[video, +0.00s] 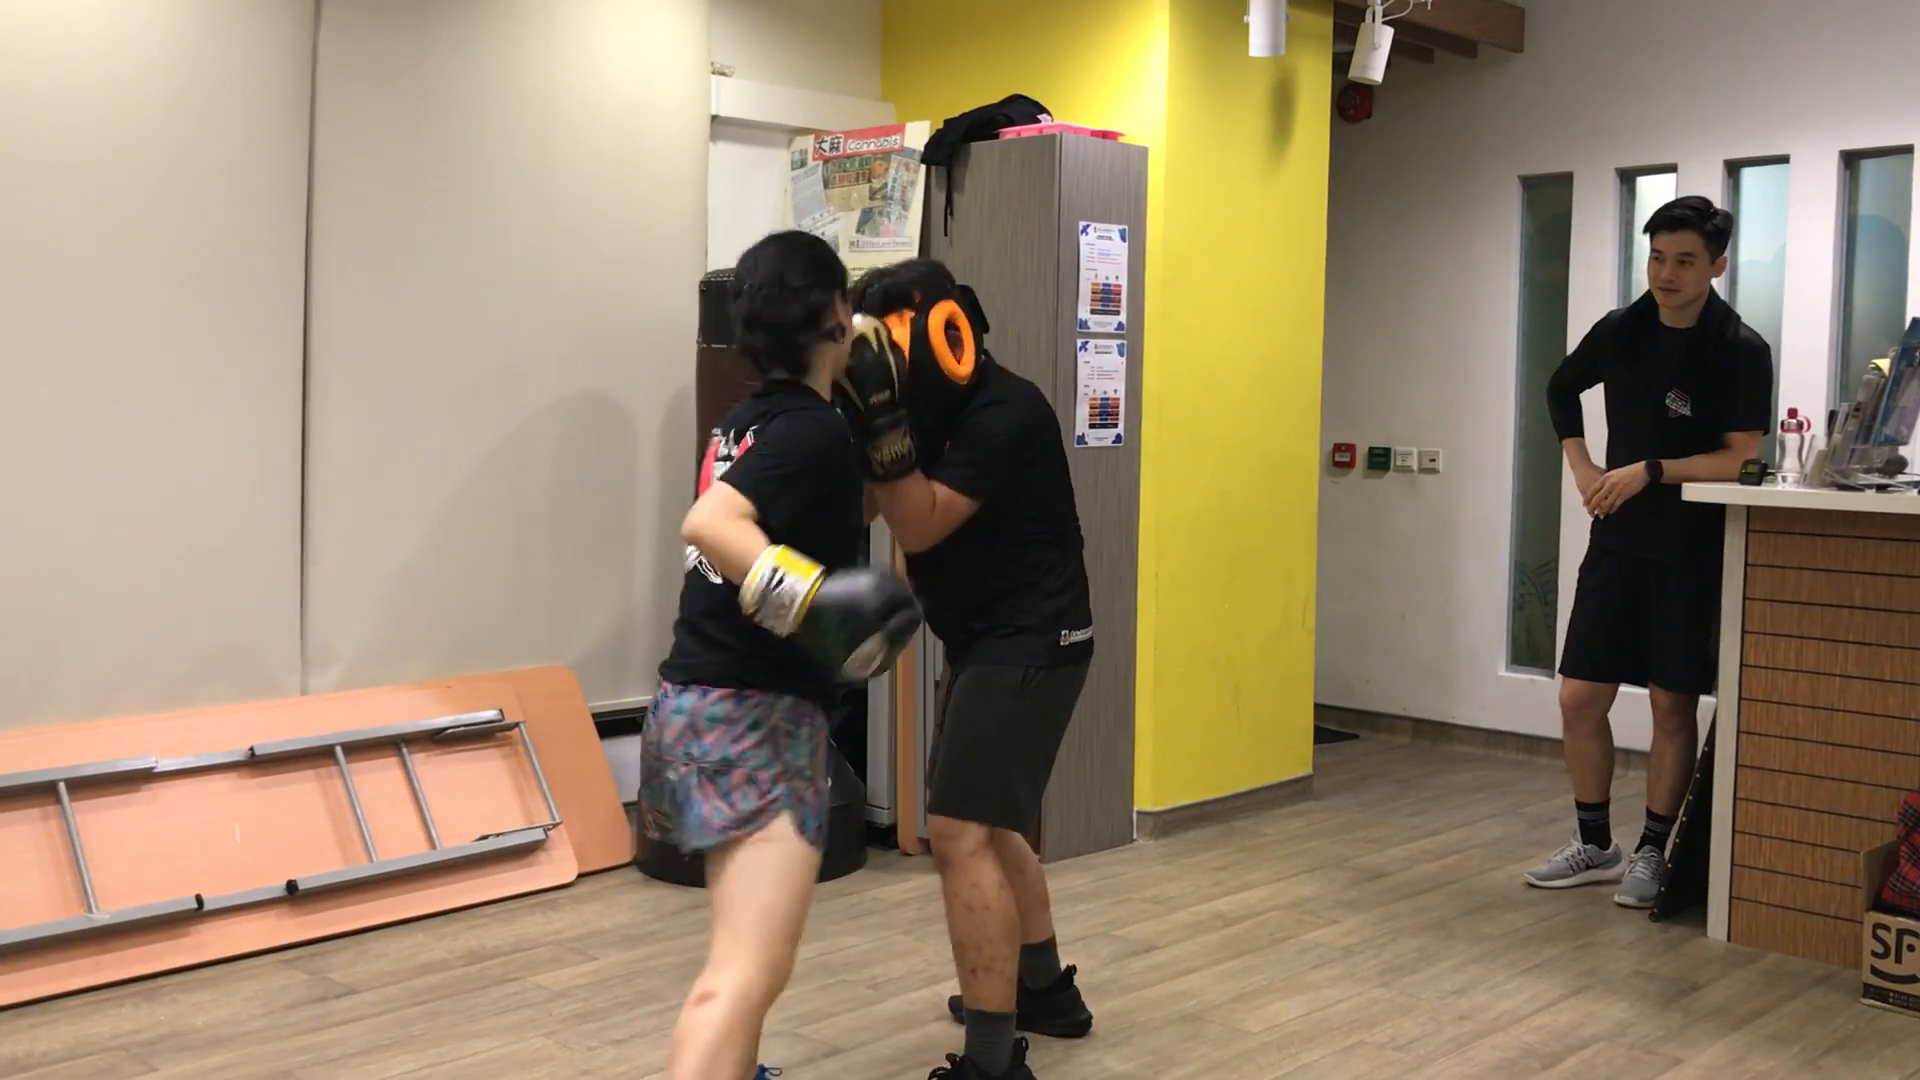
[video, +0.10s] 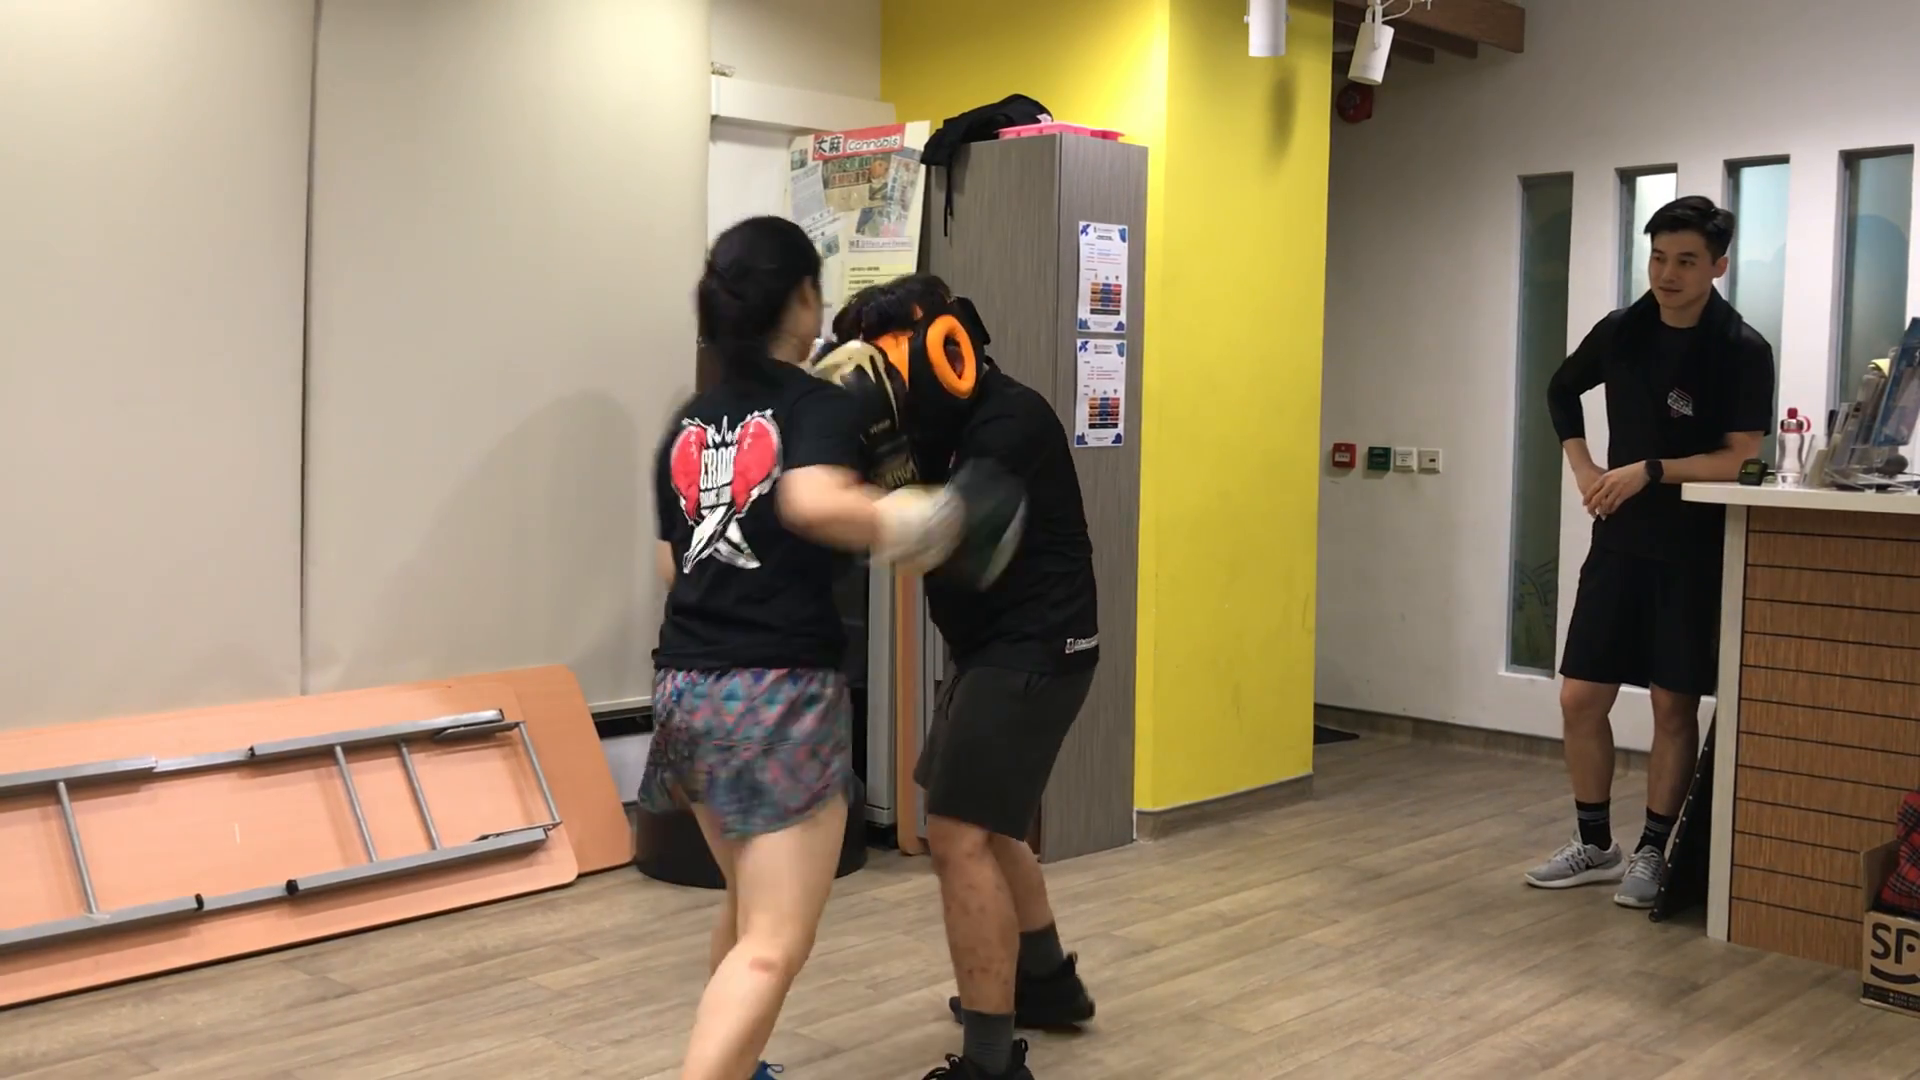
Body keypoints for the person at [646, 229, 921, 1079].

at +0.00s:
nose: (854, 311)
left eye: (850, 299)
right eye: (847, 299)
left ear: (753, 324)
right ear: (835, 315)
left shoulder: (743, 421)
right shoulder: (813, 425)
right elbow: (712, 521)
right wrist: (811, 596)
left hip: (703, 701)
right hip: (755, 710)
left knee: (746, 953)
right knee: (746, 969)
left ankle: (731, 1064)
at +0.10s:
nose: (821, 304)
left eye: (817, 289)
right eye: (817, 289)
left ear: (720, 306)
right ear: (799, 299)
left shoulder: (685, 426)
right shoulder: (818, 404)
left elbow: (679, 568)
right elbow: (811, 501)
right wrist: (925, 517)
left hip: (687, 689)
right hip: (781, 692)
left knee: (745, 908)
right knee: (771, 947)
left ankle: (736, 1062)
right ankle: (701, 1072)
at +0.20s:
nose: (796, 299)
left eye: (792, 285)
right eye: (792, 284)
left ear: (697, 304)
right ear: (779, 292)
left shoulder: (653, 412)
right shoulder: (827, 389)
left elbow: (633, 562)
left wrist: (711, 515)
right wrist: (958, 386)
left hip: (685, 686)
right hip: (791, 686)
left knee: (732, 900)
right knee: (775, 930)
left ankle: (729, 1063)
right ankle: (702, 1075)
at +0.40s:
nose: (810, 315)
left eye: (806, 302)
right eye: (807, 301)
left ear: (711, 312)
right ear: (789, 302)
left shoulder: (655, 407)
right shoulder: (829, 386)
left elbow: (626, 554)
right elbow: (939, 471)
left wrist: (701, 513)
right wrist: (879, 426)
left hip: (679, 694)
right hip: (788, 693)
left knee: (731, 906)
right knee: (793, 929)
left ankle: (734, 1064)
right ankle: (688, 1074)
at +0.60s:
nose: (821, 370)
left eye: (820, 355)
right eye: (819, 354)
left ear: (713, 352)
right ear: (799, 354)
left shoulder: (647, 436)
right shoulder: (825, 445)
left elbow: (582, 573)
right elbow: (908, 566)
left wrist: (657, 529)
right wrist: (901, 500)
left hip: (654, 747)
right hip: (770, 745)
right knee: (735, 1015)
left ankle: (738, 1062)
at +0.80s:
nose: (834, 377)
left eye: (834, 361)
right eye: (834, 360)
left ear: (737, 358)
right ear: (815, 361)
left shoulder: (658, 444)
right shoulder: (810, 462)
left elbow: (540, 522)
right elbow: (891, 589)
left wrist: (645, 508)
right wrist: (900, 506)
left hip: (641, 744)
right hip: (743, 745)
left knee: (799, 860)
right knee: (720, 1014)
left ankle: (751, 1047)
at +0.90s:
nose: (849, 362)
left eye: (848, 345)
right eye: (846, 344)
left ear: (756, 341)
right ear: (821, 344)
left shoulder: (685, 426)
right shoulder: (778, 434)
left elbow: (568, 431)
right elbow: (794, 541)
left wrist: (648, 455)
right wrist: (883, 515)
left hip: (662, 718)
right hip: (719, 726)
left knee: (795, 861)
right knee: (713, 992)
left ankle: (727, 1039)